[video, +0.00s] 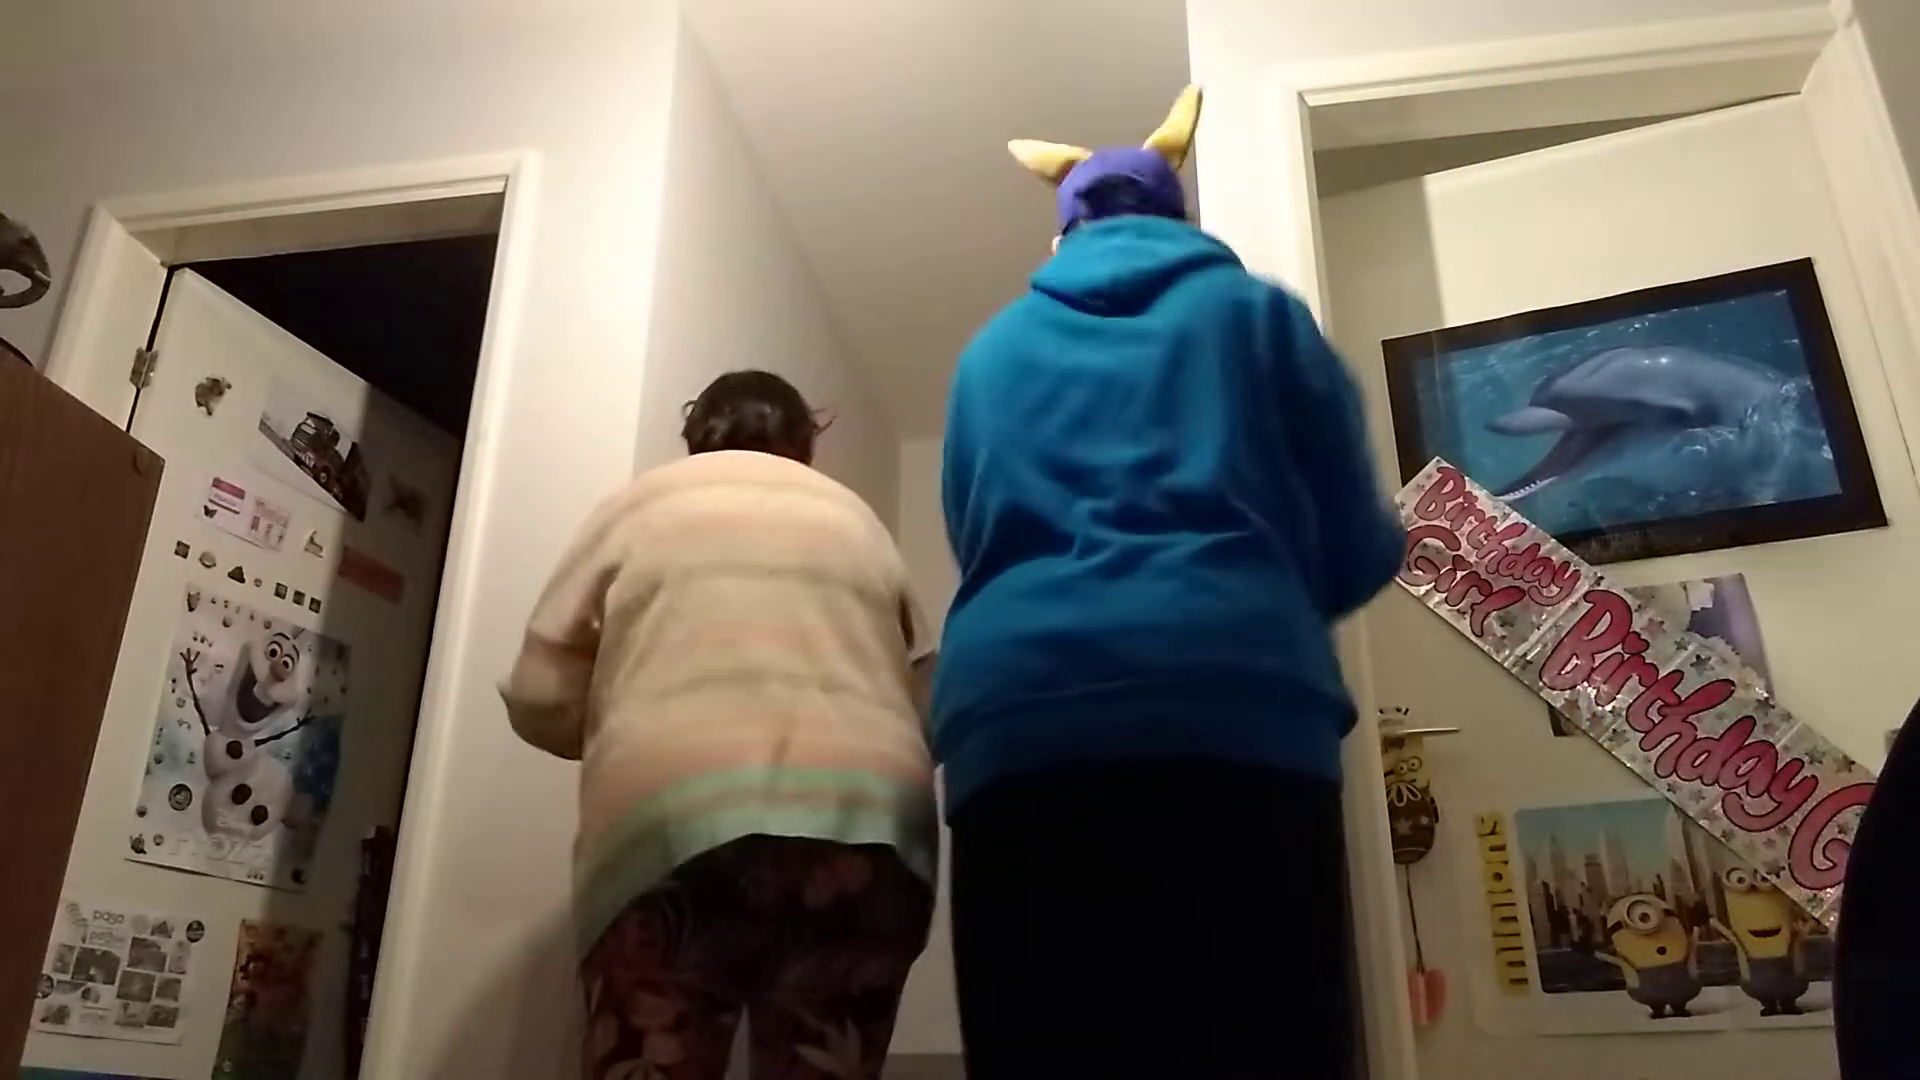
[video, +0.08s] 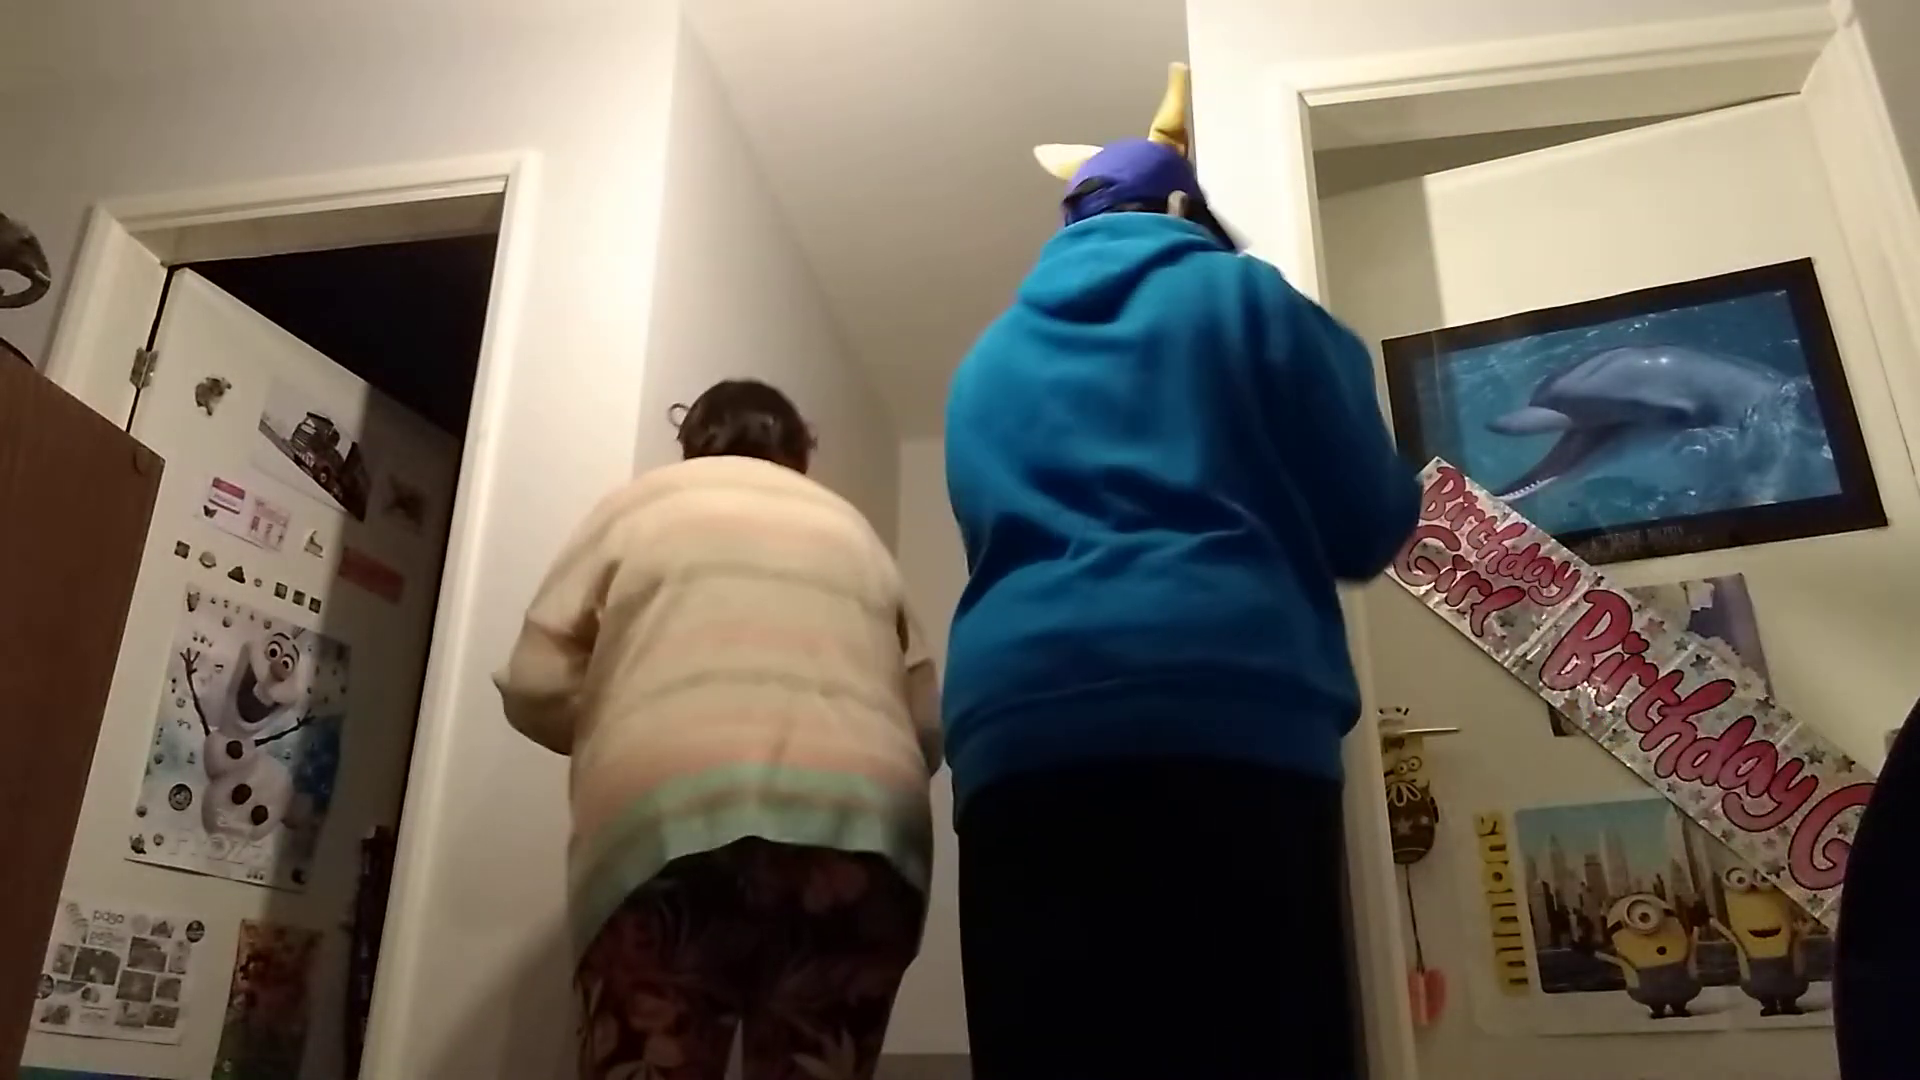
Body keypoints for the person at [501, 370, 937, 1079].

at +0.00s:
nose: (818, 451)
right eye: (817, 442)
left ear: (691, 437)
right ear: (808, 445)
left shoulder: (634, 502)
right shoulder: (860, 518)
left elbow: (537, 694)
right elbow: (916, 678)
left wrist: (639, 727)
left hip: (667, 829)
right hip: (866, 832)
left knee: (650, 1063)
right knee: (826, 1062)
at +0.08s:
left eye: (680, 439)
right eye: (811, 454)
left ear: (686, 442)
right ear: (803, 456)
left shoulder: (630, 505)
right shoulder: (858, 531)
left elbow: (534, 682)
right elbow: (928, 720)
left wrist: (632, 737)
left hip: (662, 825)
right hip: (859, 836)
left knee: (649, 1063)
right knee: (818, 1062)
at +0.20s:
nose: (668, 475)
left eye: (671, 467)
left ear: (678, 471)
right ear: (791, 485)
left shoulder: (618, 526)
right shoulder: (844, 560)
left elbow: (520, 689)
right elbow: (912, 758)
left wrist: (608, 756)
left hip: (656, 872)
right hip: (853, 883)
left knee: (640, 1063)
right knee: (813, 1065)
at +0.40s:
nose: (633, 432)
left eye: (639, 423)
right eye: (639, 426)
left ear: (652, 420)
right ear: (750, 439)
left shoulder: (590, 485)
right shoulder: (790, 526)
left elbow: (483, 631)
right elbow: (831, 686)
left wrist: (556, 690)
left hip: (610, 843)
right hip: (793, 842)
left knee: (602, 1057)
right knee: (766, 1059)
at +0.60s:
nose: (557, 358)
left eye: (566, 347)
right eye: (563, 348)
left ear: (591, 341)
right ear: (672, 365)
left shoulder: (552, 399)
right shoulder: (722, 459)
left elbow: (429, 549)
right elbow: (764, 619)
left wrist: (488, 594)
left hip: (578, 754)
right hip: (751, 775)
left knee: (515, 1032)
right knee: (660, 1046)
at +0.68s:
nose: (513, 401)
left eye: (522, 387)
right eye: (521, 387)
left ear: (544, 383)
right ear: (636, 407)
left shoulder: (510, 447)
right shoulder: (690, 507)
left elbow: (394, 610)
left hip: (549, 811)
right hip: (717, 824)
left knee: (469, 1054)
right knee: (621, 1062)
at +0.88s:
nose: (454, 412)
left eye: (464, 397)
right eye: (462, 398)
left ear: (485, 401)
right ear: (576, 432)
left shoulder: (455, 468)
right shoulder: (605, 527)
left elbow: (345, 626)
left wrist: (362, 718)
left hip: (445, 854)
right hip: (591, 860)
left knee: (425, 1057)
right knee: (529, 1058)